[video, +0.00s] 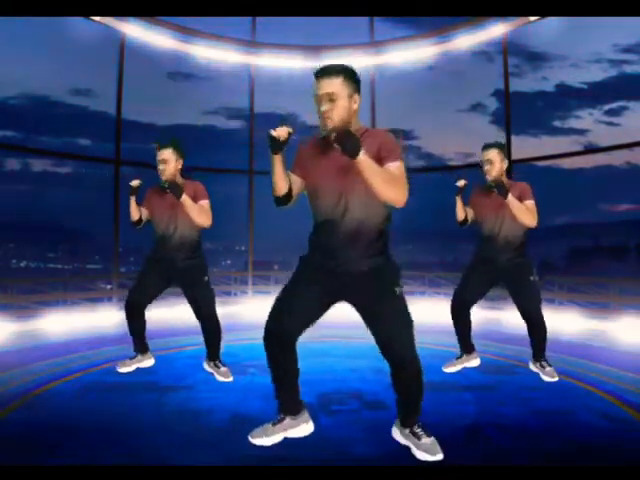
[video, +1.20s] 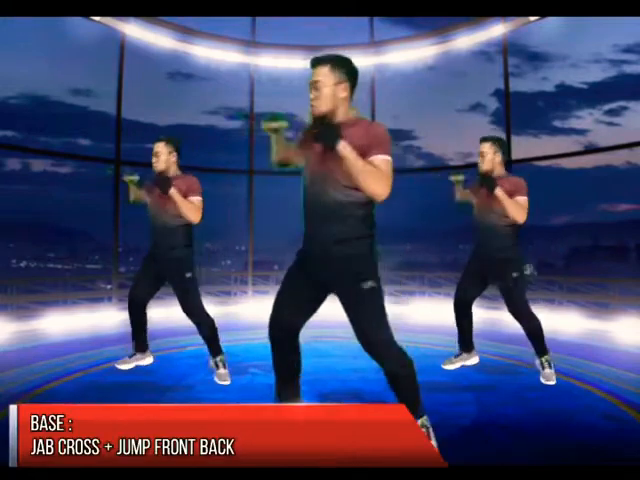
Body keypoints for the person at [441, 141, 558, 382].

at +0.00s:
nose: (485, 168)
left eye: (490, 162)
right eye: (483, 163)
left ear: (504, 163)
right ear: (481, 166)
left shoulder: (521, 189)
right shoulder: (479, 193)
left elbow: (531, 220)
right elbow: (463, 219)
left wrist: (506, 194)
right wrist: (459, 195)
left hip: (516, 263)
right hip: (486, 263)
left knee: (533, 314)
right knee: (459, 304)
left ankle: (539, 360)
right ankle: (467, 353)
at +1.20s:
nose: (480, 160)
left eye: (485, 155)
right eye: (479, 155)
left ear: (499, 157)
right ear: (480, 158)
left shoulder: (515, 184)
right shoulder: (479, 185)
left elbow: (520, 216)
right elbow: (462, 198)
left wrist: (498, 190)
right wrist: (459, 187)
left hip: (508, 257)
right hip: (482, 255)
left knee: (519, 308)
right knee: (461, 301)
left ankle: (543, 358)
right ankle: (467, 352)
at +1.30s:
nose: (477, 160)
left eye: (480, 156)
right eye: (477, 156)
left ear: (493, 157)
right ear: (485, 157)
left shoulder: (504, 181)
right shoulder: (485, 180)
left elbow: (492, 199)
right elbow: (479, 202)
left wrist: (470, 181)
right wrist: (473, 183)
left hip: (502, 252)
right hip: (484, 251)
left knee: (509, 308)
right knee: (462, 299)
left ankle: (546, 356)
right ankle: (467, 352)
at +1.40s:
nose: (481, 161)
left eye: (484, 157)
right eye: (481, 158)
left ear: (495, 157)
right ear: (492, 157)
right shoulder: (493, 178)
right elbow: (485, 210)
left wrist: (431, 169)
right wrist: (479, 185)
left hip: (501, 255)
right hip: (487, 254)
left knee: (509, 312)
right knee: (464, 298)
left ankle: (544, 358)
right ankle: (467, 352)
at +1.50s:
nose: (482, 161)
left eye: (485, 157)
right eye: (482, 157)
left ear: (496, 156)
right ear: (494, 157)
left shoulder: (507, 175)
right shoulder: (493, 179)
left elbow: (471, 183)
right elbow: (482, 208)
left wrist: (447, 173)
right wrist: (480, 182)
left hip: (508, 257)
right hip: (490, 256)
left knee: (517, 312)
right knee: (467, 298)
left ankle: (546, 360)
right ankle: (467, 352)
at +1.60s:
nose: (482, 163)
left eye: (485, 159)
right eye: (480, 159)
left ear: (498, 158)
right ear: (483, 162)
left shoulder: (515, 179)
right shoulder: (487, 184)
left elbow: (512, 205)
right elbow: (480, 211)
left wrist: (487, 183)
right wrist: (474, 191)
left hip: (514, 258)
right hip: (491, 258)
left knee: (524, 312)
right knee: (470, 302)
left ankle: (547, 363)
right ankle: (467, 352)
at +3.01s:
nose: (494, 161)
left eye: (498, 156)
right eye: (492, 156)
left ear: (512, 157)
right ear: (490, 159)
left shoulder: (529, 183)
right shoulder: (485, 189)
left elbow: (542, 208)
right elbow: (466, 209)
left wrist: (517, 184)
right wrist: (457, 195)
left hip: (522, 262)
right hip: (491, 262)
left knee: (539, 317)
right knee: (467, 306)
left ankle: (548, 364)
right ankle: (462, 354)